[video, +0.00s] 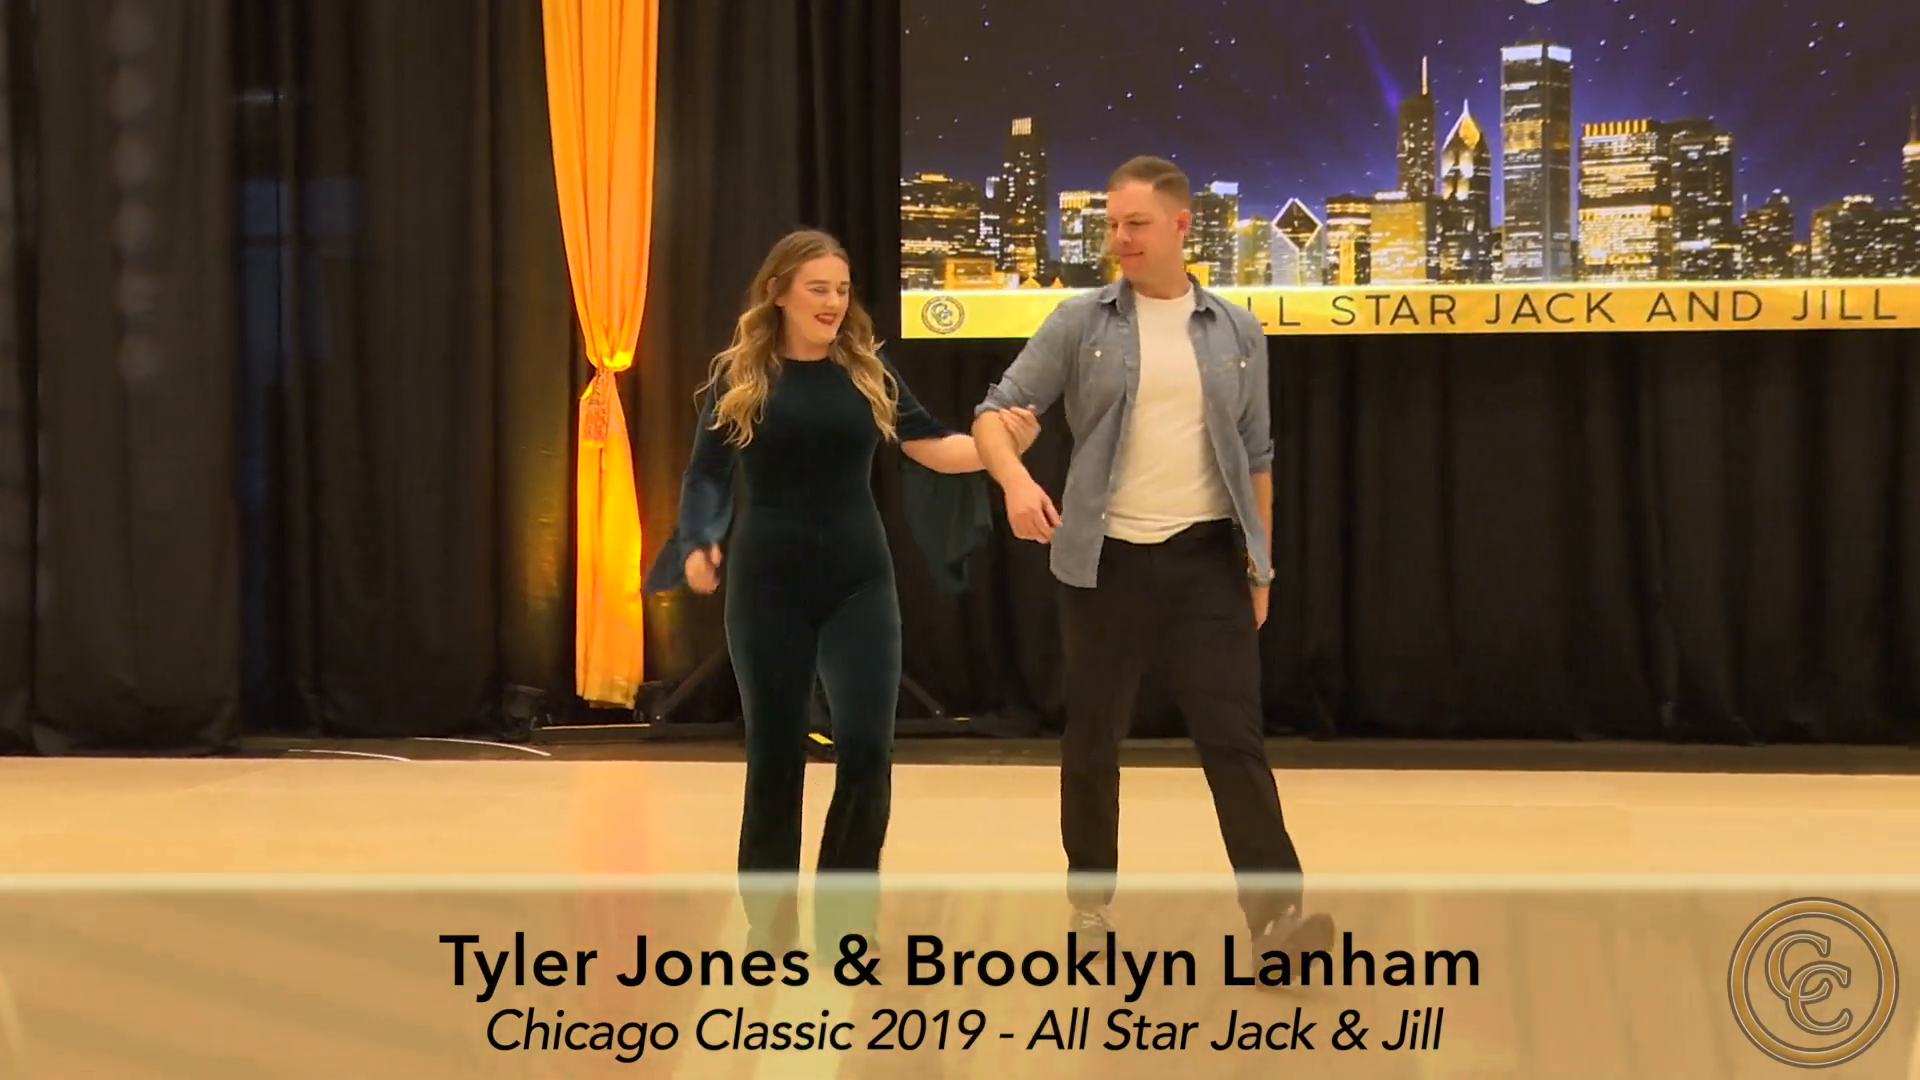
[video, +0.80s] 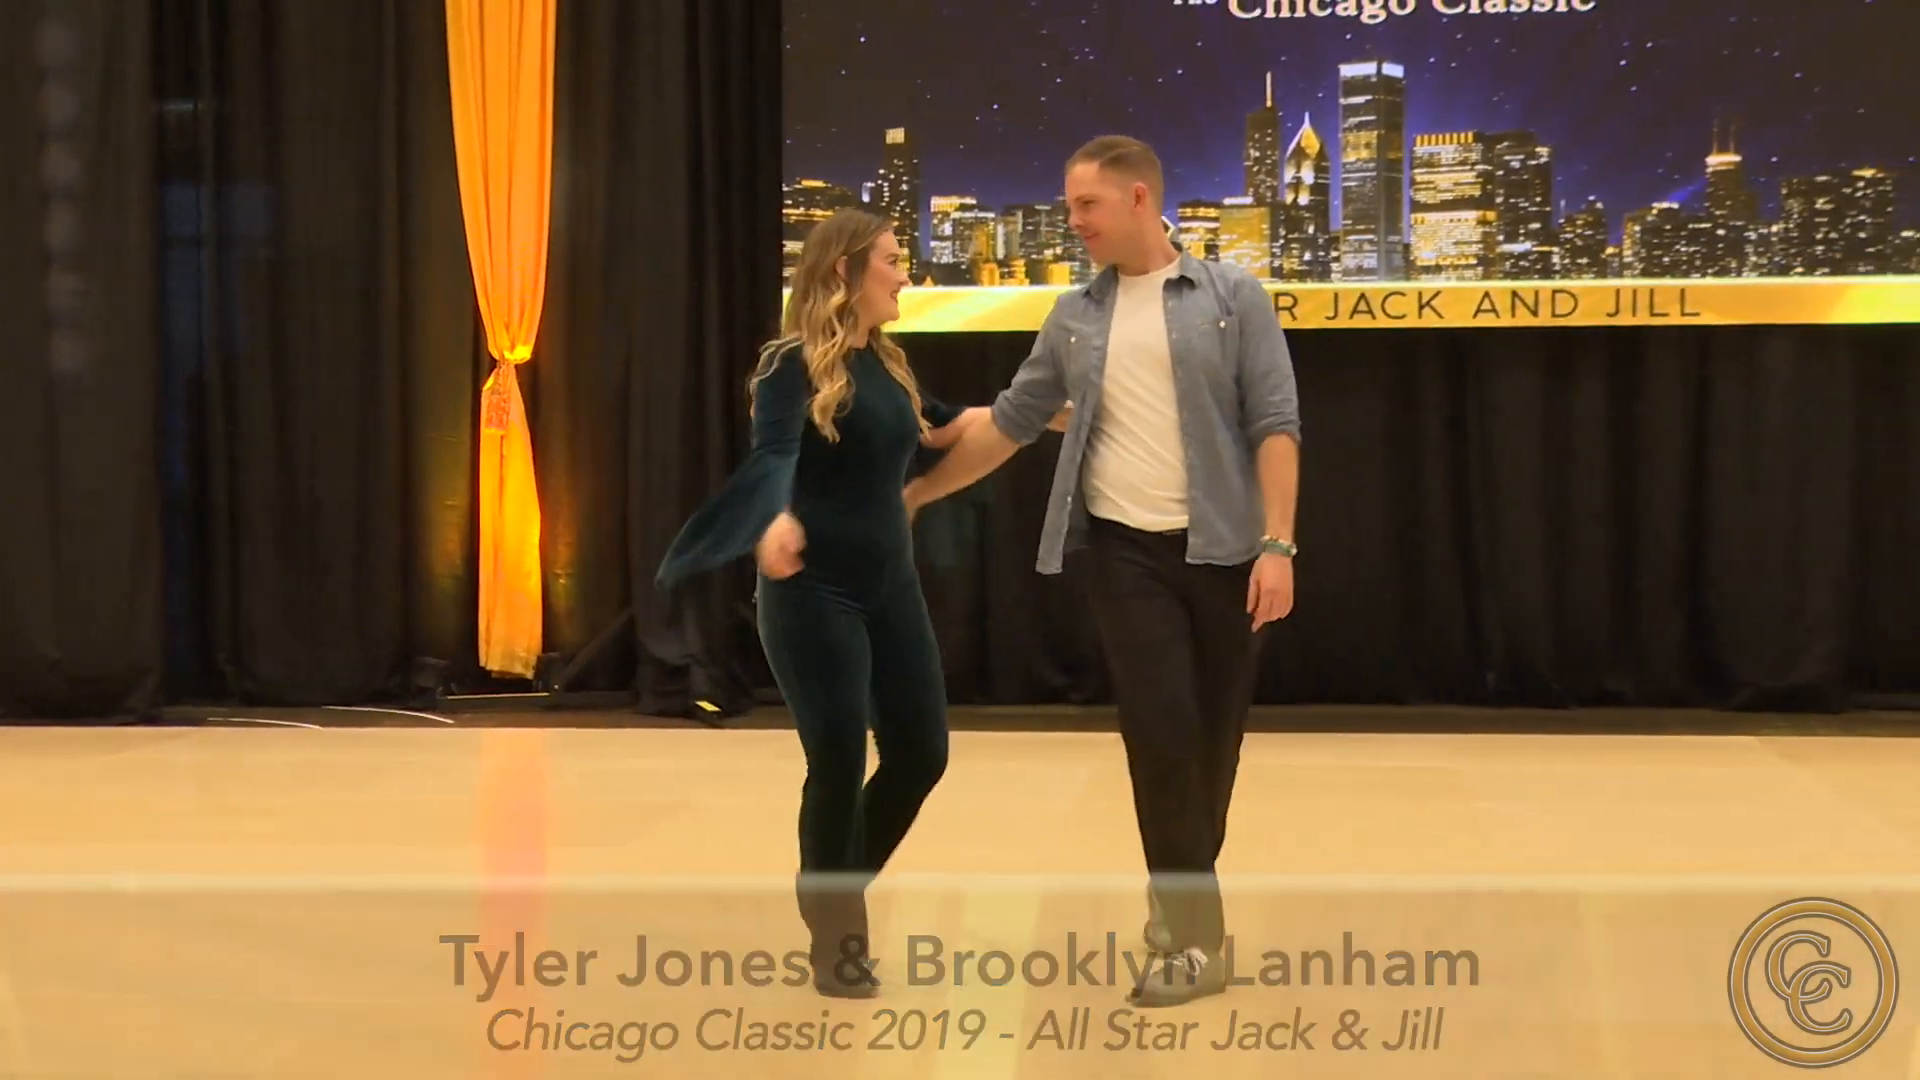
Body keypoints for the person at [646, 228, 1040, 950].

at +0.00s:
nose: (832, 301)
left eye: (841, 289)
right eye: (817, 288)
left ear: (850, 297)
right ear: (778, 292)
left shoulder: (868, 372)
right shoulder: (740, 373)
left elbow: (930, 445)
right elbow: (707, 472)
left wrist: (1001, 443)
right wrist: (698, 539)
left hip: (861, 585)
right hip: (765, 588)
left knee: (867, 759)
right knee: (774, 765)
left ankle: (845, 931)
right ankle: (768, 932)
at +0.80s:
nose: (904, 275)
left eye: (902, 262)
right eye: (892, 262)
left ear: (867, 273)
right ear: (846, 271)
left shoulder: (886, 364)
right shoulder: (793, 362)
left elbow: (928, 437)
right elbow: (773, 454)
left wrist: (1026, 418)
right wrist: (776, 516)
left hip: (892, 588)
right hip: (812, 589)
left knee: (918, 756)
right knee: (839, 759)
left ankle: (837, 896)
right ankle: (834, 938)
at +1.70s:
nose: (942, 254)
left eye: (936, 242)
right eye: (927, 243)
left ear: (891, 261)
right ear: (883, 261)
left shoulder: (910, 344)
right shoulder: (882, 344)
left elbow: (991, 436)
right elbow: (989, 415)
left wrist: (1040, 347)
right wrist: (1050, 322)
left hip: (916, 577)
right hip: (884, 581)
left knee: (897, 760)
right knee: (900, 764)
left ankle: (880, 934)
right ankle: (917, 961)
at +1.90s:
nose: (945, 250)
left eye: (941, 238)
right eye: (931, 239)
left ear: (890, 259)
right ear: (886, 257)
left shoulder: (910, 338)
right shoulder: (881, 341)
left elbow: (988, 406)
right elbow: (961, 411)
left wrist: (1027, 347)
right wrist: (1034, 333)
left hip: (915, 569)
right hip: (891, 572)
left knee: (898, 752)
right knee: (910, 756)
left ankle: (871, 927)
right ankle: (903, 950)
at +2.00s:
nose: (949, 248)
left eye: (946, 236)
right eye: (934, 236)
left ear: (895, 255)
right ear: (888, 253)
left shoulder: (912, 333)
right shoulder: (883, 336)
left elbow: (974, 407)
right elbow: (958, 417)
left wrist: (1029, 333)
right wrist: (1020, 346)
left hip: (916, 565)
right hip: (894, 568)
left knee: (912, 749)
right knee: (915, 752)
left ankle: (875, 923)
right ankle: (903, 942)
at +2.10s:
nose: (951, 249)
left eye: (948, 237)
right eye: (936, 237)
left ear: (899, 256)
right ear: (890, 253)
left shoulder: (919, 333)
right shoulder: (886, 336)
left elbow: (976, 414)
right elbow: (957, 416)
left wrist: (1023, 340)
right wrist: (1003, 347)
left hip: (926, 566)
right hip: (895, 570)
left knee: (953, 727)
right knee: (918, 742)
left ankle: (890, 906)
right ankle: (902, 941)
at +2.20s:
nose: (948, 250)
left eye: (945, 238)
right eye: (933, 239)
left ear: (897, 259)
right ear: (888, 257)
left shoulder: (918, 336)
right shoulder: (886, 338)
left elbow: (980, 430)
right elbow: (963, 424)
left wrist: (1018, 342)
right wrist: (1009, 342)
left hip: (925, 564)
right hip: (893, 568)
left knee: (959, 722)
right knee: (915, 742)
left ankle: (908, 910)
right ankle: (896, 936)